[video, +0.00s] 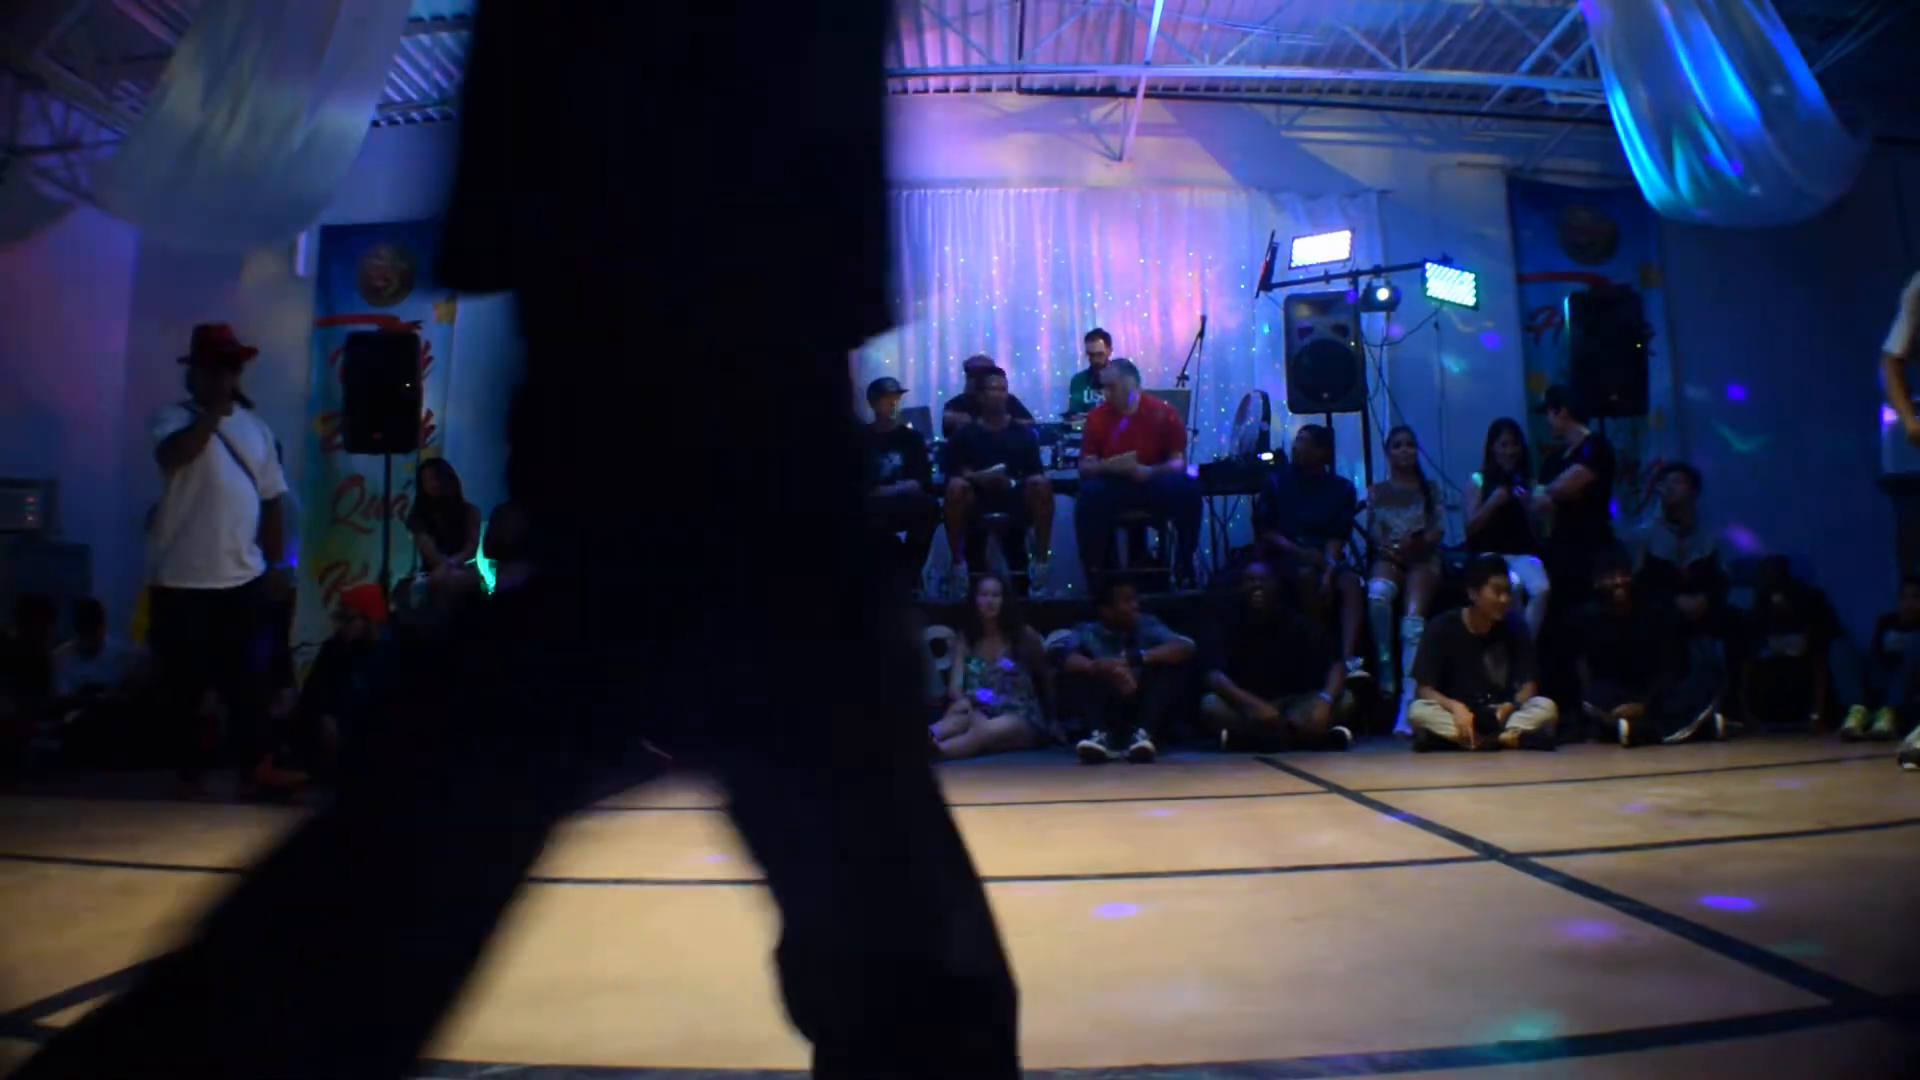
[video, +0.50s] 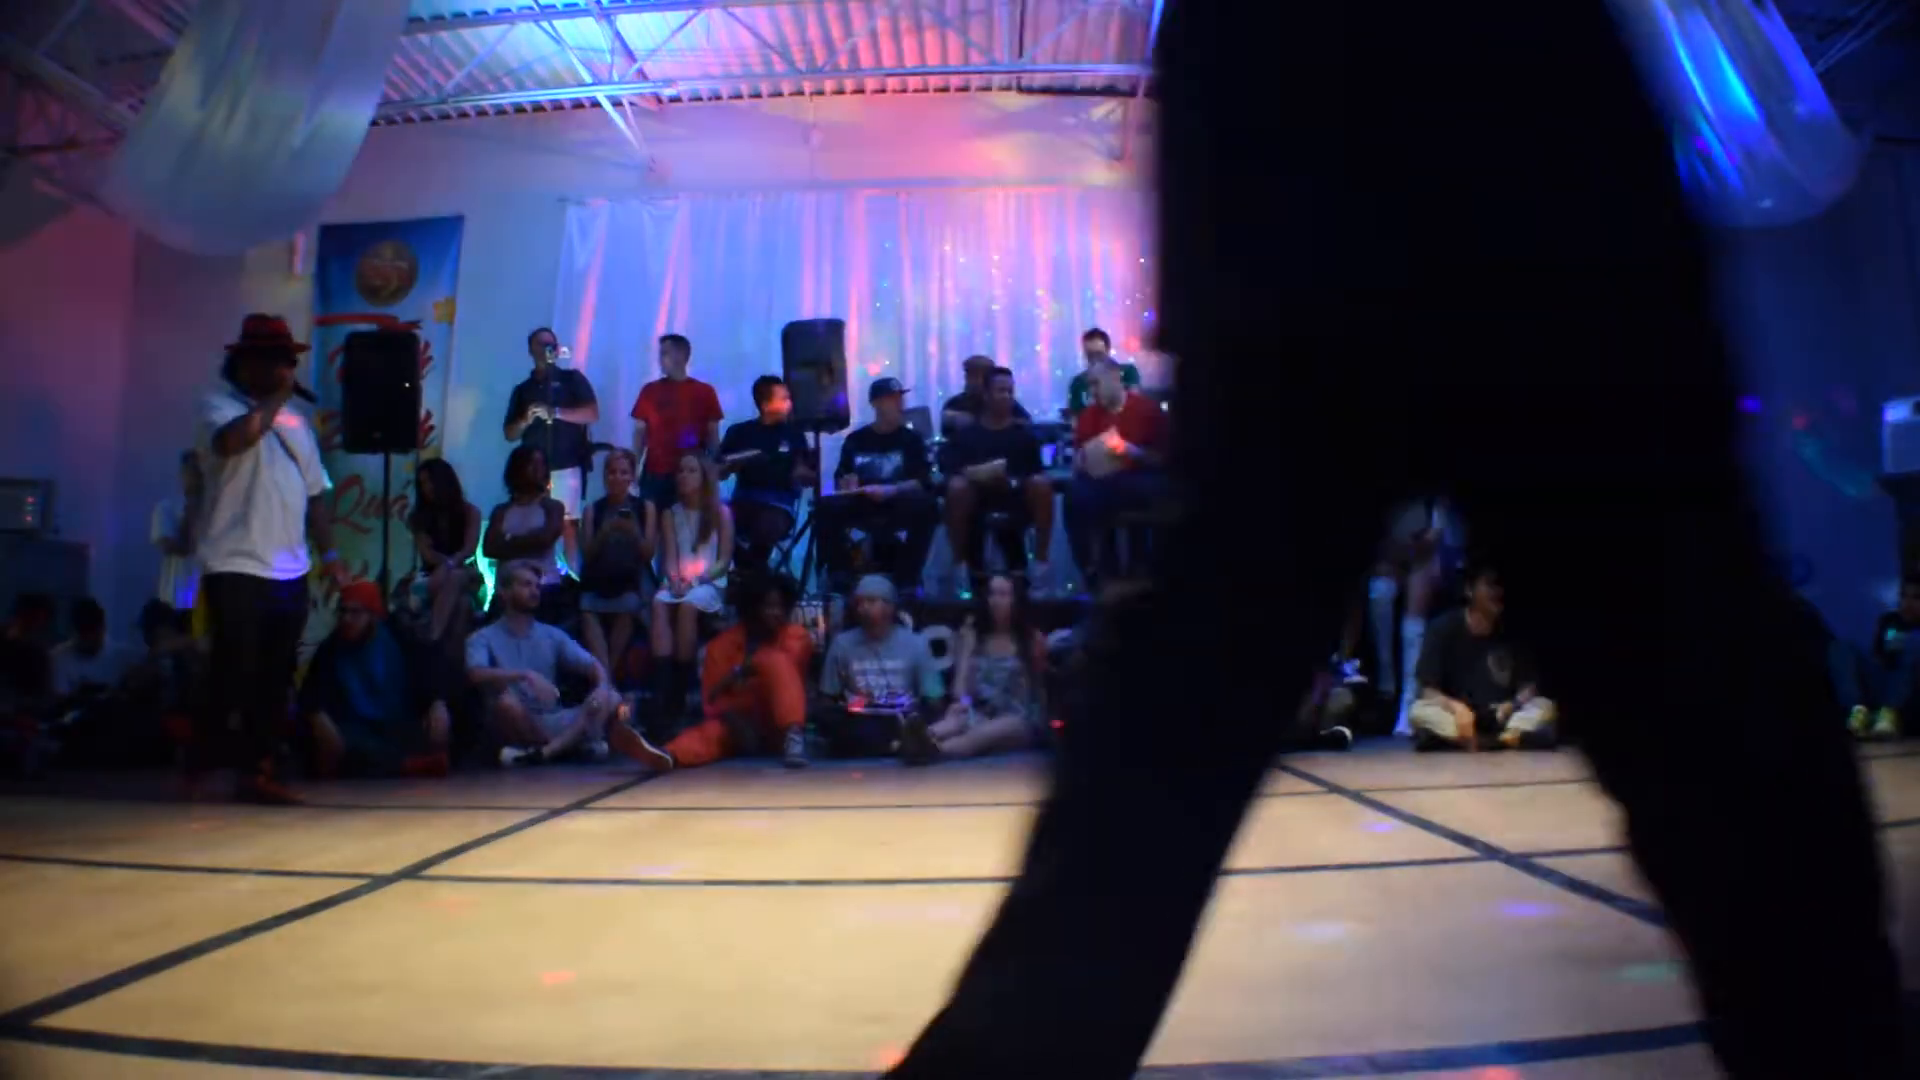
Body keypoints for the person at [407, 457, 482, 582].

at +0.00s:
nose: (433, 485)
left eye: (437, 479)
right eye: (427, 480)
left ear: (448, 480)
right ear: (421, 485)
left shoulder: (469, 511)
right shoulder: (420, 514)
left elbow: (471, 548)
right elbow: (427, 548)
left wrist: (454, 561)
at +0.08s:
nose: (431, 486)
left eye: (435, 480)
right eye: (425, 482)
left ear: (447, 482)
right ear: (421, 486)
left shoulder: (469, 512)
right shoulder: (420, 515)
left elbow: (471, 548)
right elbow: (427, 548)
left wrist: (450, 563)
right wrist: (445, 563)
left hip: (466, 571)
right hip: (435, 575)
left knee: (452, 578)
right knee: (462, 604)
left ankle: (434, 639)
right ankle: (457, 669)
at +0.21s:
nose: (431, 486)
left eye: (435, 480)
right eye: (425, 481)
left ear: (447, 481)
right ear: (421, 486)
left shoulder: (469, 512)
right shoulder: (419, 516)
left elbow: (470, 548)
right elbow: (427, 549)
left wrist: (450, 562)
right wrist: (447, 563)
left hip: (466, 571)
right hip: (434, 575)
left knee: (453, 578)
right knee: (463, 602)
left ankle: (433, 639)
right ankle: (457, 668)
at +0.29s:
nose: (427, 488)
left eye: (431, 482)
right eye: (423, 483)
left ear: (444, 482)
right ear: (420, 486)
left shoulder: (469, 511)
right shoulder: (420, 514)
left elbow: (470, 547)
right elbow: (427, 549)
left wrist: (448, 565)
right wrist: (450, 564)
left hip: (466, 570)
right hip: (435, 573)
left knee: (452, 578)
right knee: (464, 602)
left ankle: (434, 638)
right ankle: (457, 661)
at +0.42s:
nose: (427, 489)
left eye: (431, 482)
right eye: (423, 483)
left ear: (444, 482)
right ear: (420, 486)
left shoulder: (469, 512)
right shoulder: (421, 514)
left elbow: (470, 547)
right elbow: (427, 551)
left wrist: (448, 564)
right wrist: (450, 563)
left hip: (466, 571)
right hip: (433, 574)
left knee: (453, 578)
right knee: (464, 602)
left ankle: (434, 635)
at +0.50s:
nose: (426, 489)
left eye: (430, 482)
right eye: (422, 483)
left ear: (443, 482)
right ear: (419, 486)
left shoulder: (469, 512)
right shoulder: (420, 515)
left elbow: (470, 547)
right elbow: (425, 550)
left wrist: (450, 564)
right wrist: (447, 562)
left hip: (465, 570)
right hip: (433, 573)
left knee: (453, 576)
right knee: (463, 601)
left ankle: (433, 636)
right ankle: (454, 659)